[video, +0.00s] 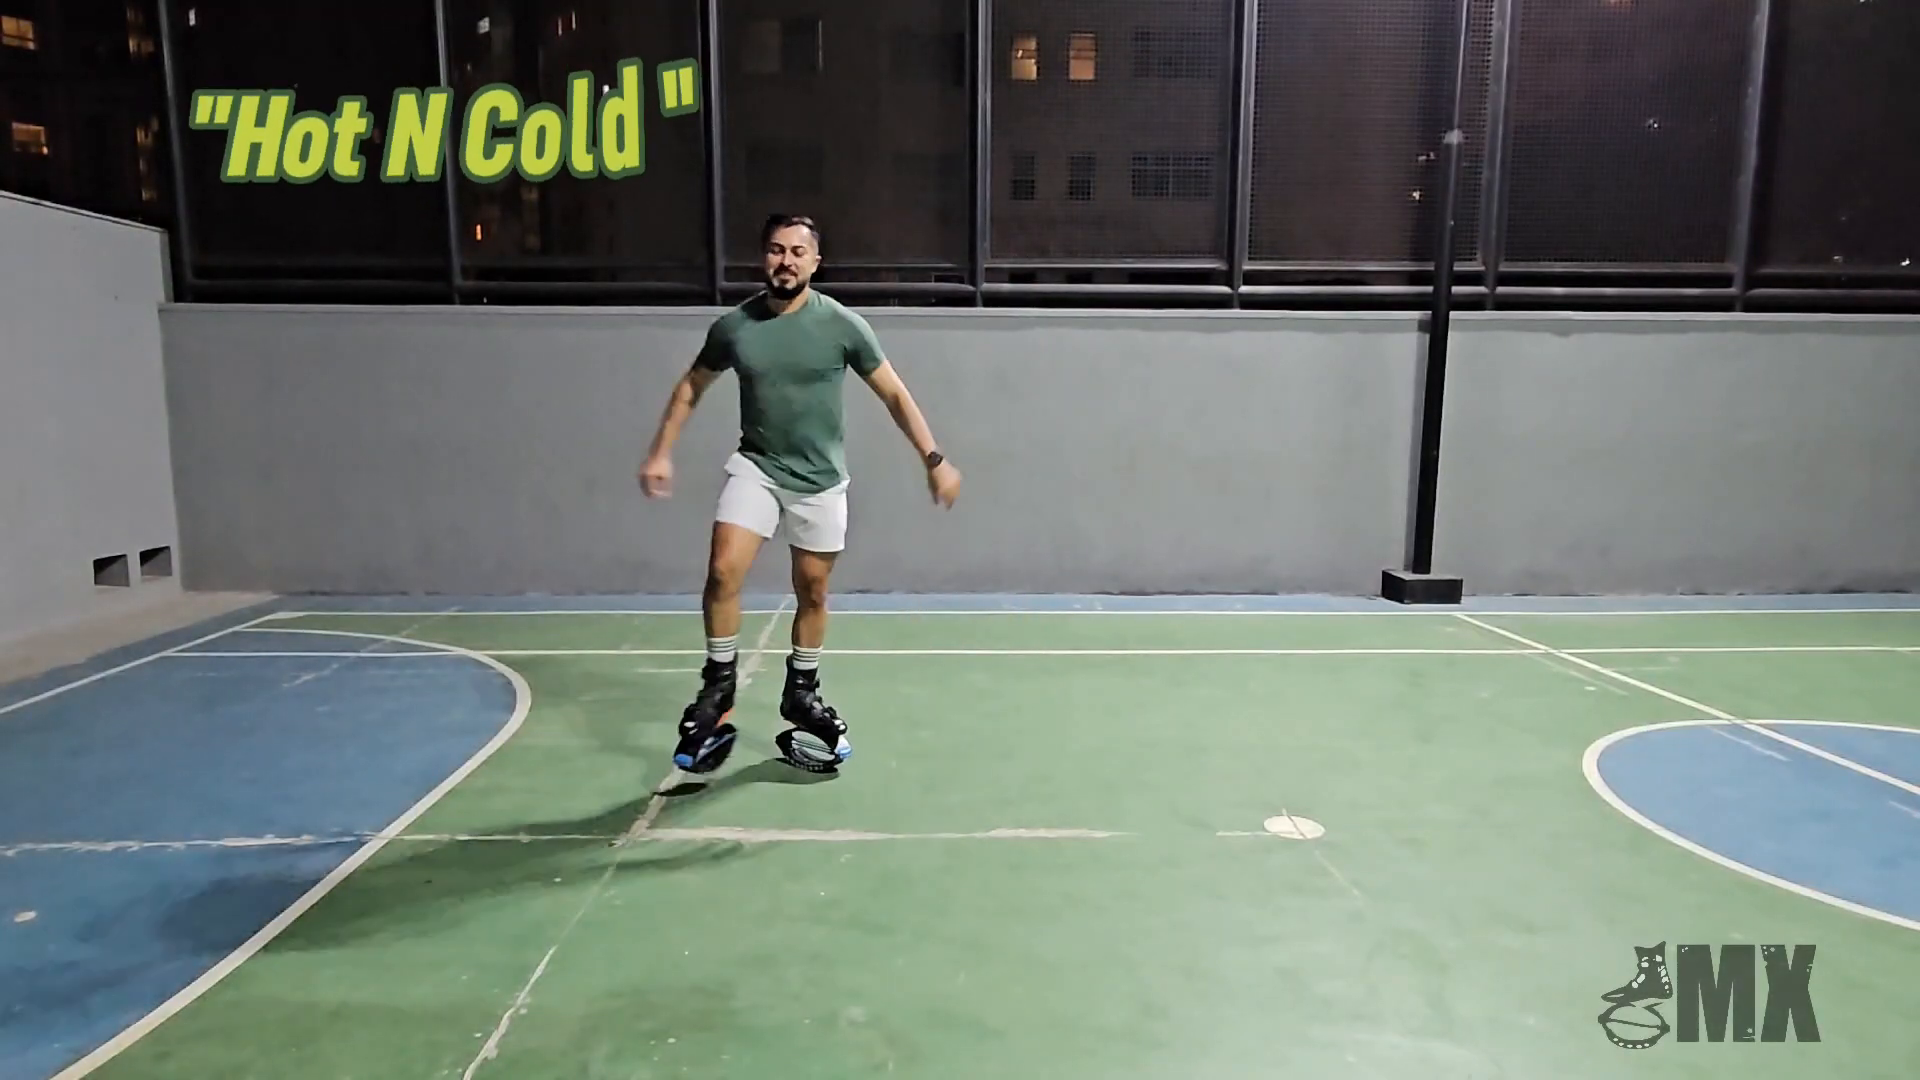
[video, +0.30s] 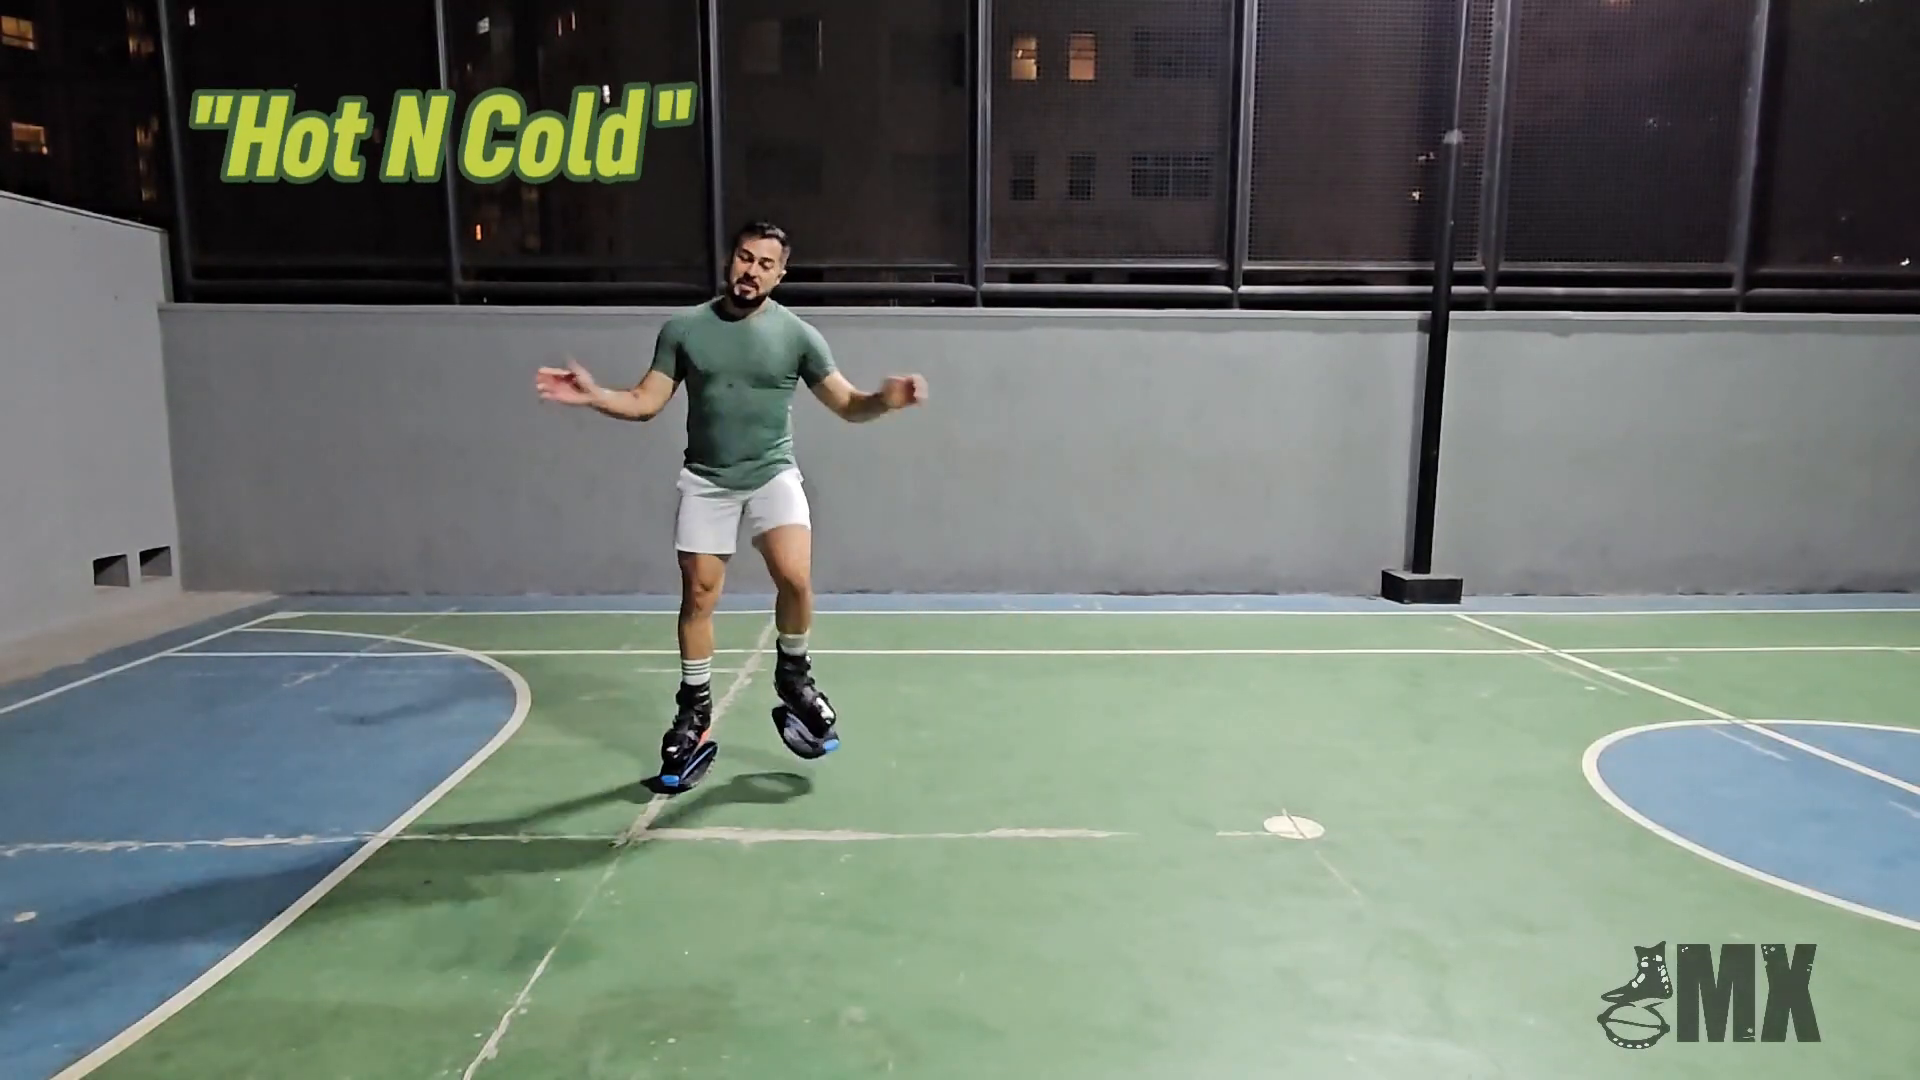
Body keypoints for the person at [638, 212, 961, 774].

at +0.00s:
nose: (785, 261)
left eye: (797, 252)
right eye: (776, 250)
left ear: (816, 261)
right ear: (763, 258)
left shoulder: (844, 326)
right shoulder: (732, 329)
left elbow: (895, 395)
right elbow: (691, 387)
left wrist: (934, 459)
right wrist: (660, 452)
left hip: (821, 478)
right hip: (755, 468)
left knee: (813, 590)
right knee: (722, 571)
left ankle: (801, 694)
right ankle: (718, 687)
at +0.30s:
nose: (750, 271)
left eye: (764, 264)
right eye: (743, 257)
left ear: (781, 274)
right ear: (728, 259)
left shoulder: (796, 334)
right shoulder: (685, 329)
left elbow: (848, 406)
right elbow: (645, 402)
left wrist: (885, 400)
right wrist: (593, 395)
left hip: (774, 475)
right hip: (705, 479)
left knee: (796, 578)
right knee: (698, 591)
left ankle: (794, 682)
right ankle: (694, 714)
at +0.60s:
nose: (747, 275)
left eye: (763, 273)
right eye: (745, 262)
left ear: (777, 288)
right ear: (731, 264)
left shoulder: (794, 343)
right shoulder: (684, 329)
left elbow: (785, 422)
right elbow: (657, 406)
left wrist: (741, 388)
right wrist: (705, 400)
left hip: (770, 488)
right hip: (705, 486)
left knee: (771, 602)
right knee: (695, 596)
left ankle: (744, 716)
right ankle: (691, 717)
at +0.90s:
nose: (800, 262)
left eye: (814, 257)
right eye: (794, 252)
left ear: (833, 279)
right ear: (779, 265)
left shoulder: (844, 337)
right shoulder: (734, 328)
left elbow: (874, 390)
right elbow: (689, 390)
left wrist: (838, 333)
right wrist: (671, 456)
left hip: (813, 480)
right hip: (744, 484)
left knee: (843, 574)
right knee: (722, 592)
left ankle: (847, 700)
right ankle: (696, 710)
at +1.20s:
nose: (877, 261)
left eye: (891, 255)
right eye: (871, 252)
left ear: (911, 273)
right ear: (858, 265)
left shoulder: (927, 337)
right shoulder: (826, 340)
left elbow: (963, 417)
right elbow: (804, 405)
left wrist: (983, 492)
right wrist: (796, 428)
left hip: (903, 490)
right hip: (835, 487)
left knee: (904, 599)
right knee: (793, 591)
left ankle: (895, 723)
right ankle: (795, 688)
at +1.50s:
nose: (949, 276)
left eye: (961, 267)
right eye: (939, 268)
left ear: (978, 281)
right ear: (925, 281)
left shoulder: (1005, 343)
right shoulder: (897, 345)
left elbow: (1024, 420)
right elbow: (882, 402)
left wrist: (1005, 479)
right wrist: (938, 382)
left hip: (989, 489)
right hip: (929, 495)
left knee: (971, 597)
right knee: (949, 611)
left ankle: (927, 719)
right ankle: (996, 700)